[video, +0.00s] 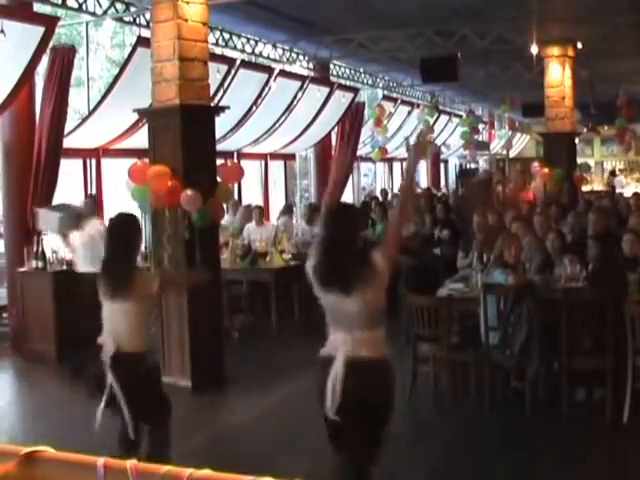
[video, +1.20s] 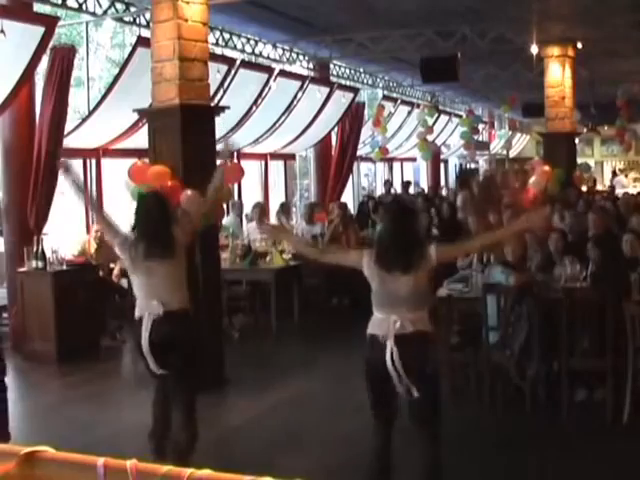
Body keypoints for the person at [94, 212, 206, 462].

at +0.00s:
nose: (140, 240)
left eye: (136, 236)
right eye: (138, 236)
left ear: (110, 241)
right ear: (137, 241)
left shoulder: (103, 280)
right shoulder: (145, 279)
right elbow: (177, 283)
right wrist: (200, 277)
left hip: (111, 356)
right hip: (136, 357)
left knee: (130, 417)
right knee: (160, 412)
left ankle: (127, 467)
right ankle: (157, 467)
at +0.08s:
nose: (143, 238)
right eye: (141, 233)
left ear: (111, 239)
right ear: (139, 238)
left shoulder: (105, 276)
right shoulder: (149, 273)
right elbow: (184, 273)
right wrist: (211, 248)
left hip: (120, 356)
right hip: (146, 354)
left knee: (141, 411)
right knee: (164, 413)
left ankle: (135, 448)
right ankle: (157, 464)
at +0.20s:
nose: (147, 239)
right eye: (145, 235)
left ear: (115, 240)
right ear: (142, 240)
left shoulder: (108, 278)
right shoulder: (155, 276)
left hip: (125, 356)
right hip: (153, 354)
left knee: (160, 403)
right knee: (171, 415)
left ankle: (147, 452)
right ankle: (158, 465)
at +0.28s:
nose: (151, 238)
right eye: (148, 232)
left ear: (119, 239)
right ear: (145, 239)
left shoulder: (114, 278)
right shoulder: (158, 274)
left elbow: (120, 248)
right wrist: (196, 217)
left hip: (133, 351)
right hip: (160, 348)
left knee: (155, 414)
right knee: (174, 415)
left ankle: (149, 465)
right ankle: (163, 469)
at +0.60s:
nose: (167, 225)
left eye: (162, 220)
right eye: (163, 221)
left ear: (134, 231)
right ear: (159, 228)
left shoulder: (132, 264)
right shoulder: (173, 257)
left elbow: (139, 224)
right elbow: (184, 209)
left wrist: (144, 181)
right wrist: (187, 161)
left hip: (144, 344)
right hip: (175, 344)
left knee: (151, 418)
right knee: (182, 417)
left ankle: (151, 471)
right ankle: (179, 470)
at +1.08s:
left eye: (144, 202)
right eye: (164, 200)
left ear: (140, 208)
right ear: (169, 207)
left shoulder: (132, 238)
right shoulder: (177, 232)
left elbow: (113, 202)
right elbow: (198, 184)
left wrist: (95, 165)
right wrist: (209, 137)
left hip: (151, 315)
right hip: (182, 312)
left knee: (161, 389)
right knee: (187, 390)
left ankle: (161, 458)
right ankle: (185, 459)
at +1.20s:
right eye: (168, 210)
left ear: (138, 216)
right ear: (167, 215)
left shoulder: (129, 247)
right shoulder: (177, 239)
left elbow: (97, 211)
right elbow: (206, 205)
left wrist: (68, 173)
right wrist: (222, 168)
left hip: (151, 321)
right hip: (181, 318)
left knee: (161, 386)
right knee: (184, 389)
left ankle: (159, 450)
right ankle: (183, 454)